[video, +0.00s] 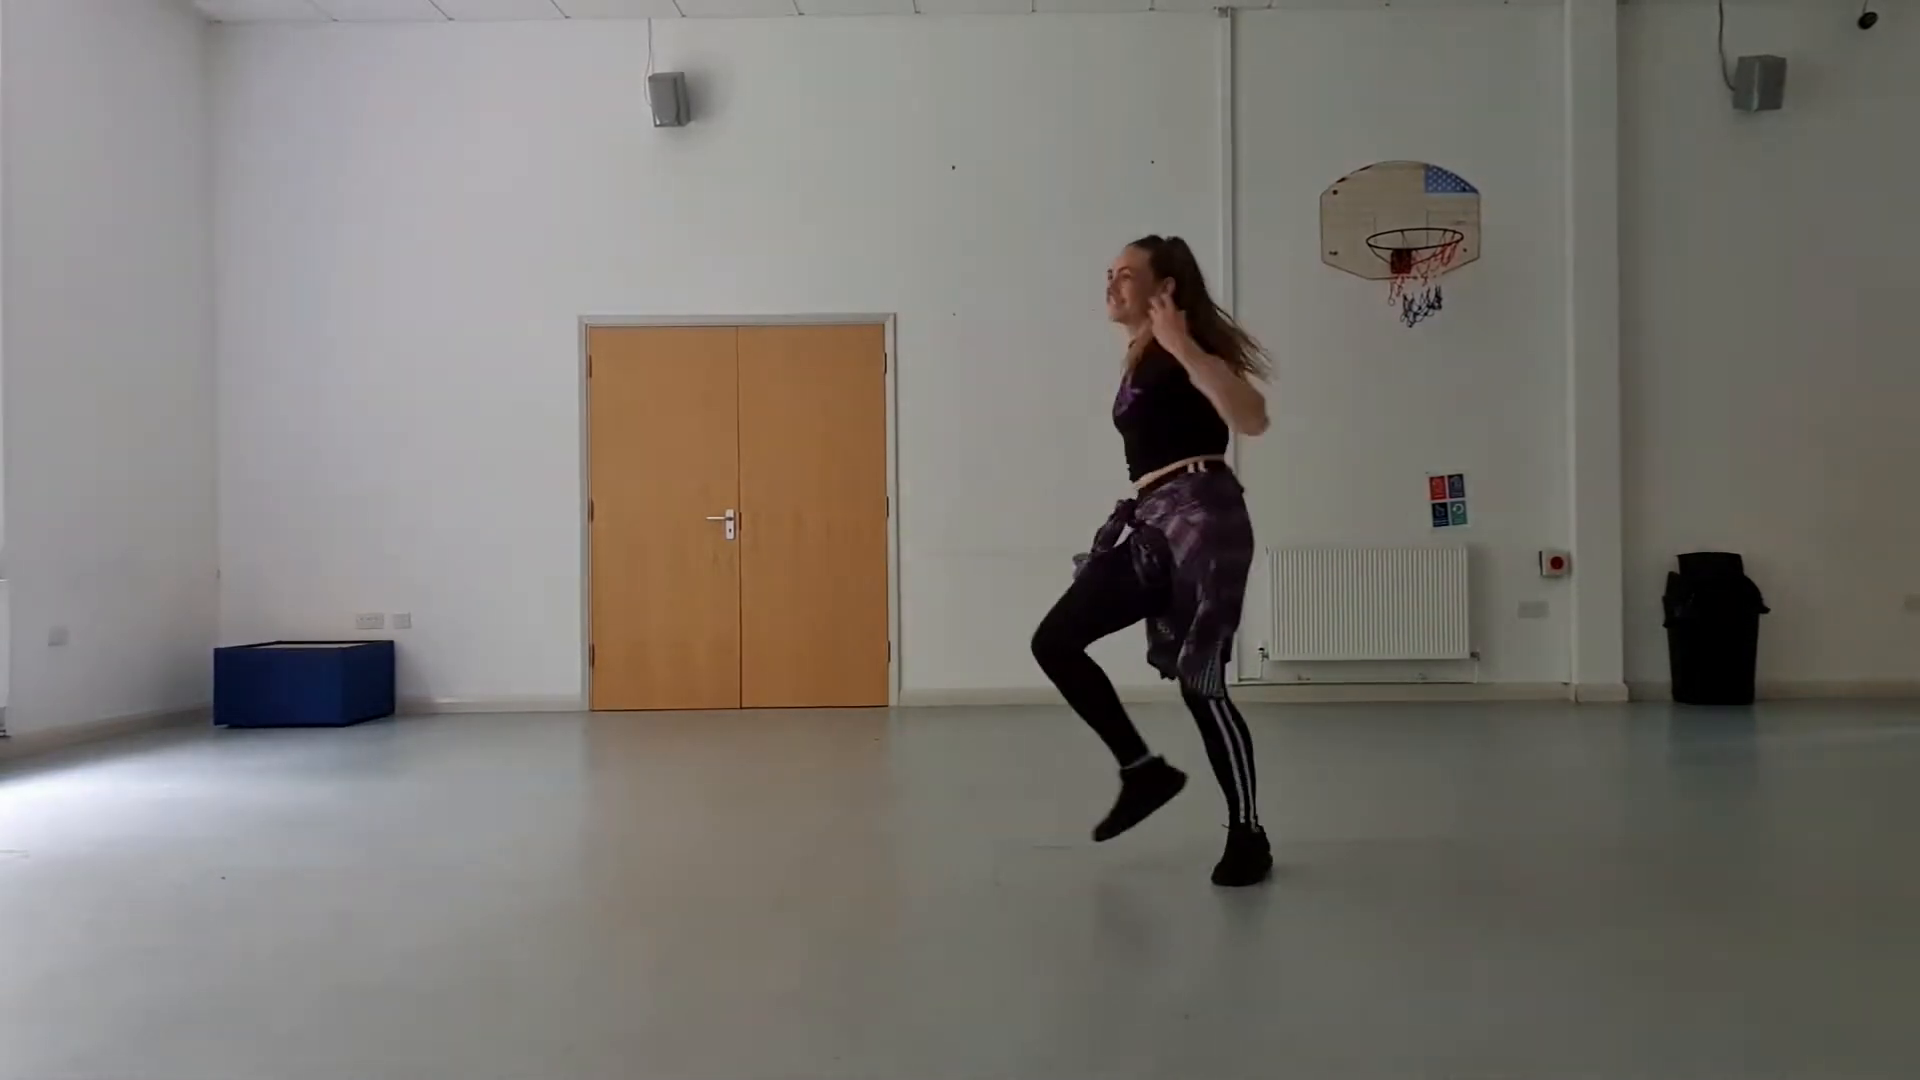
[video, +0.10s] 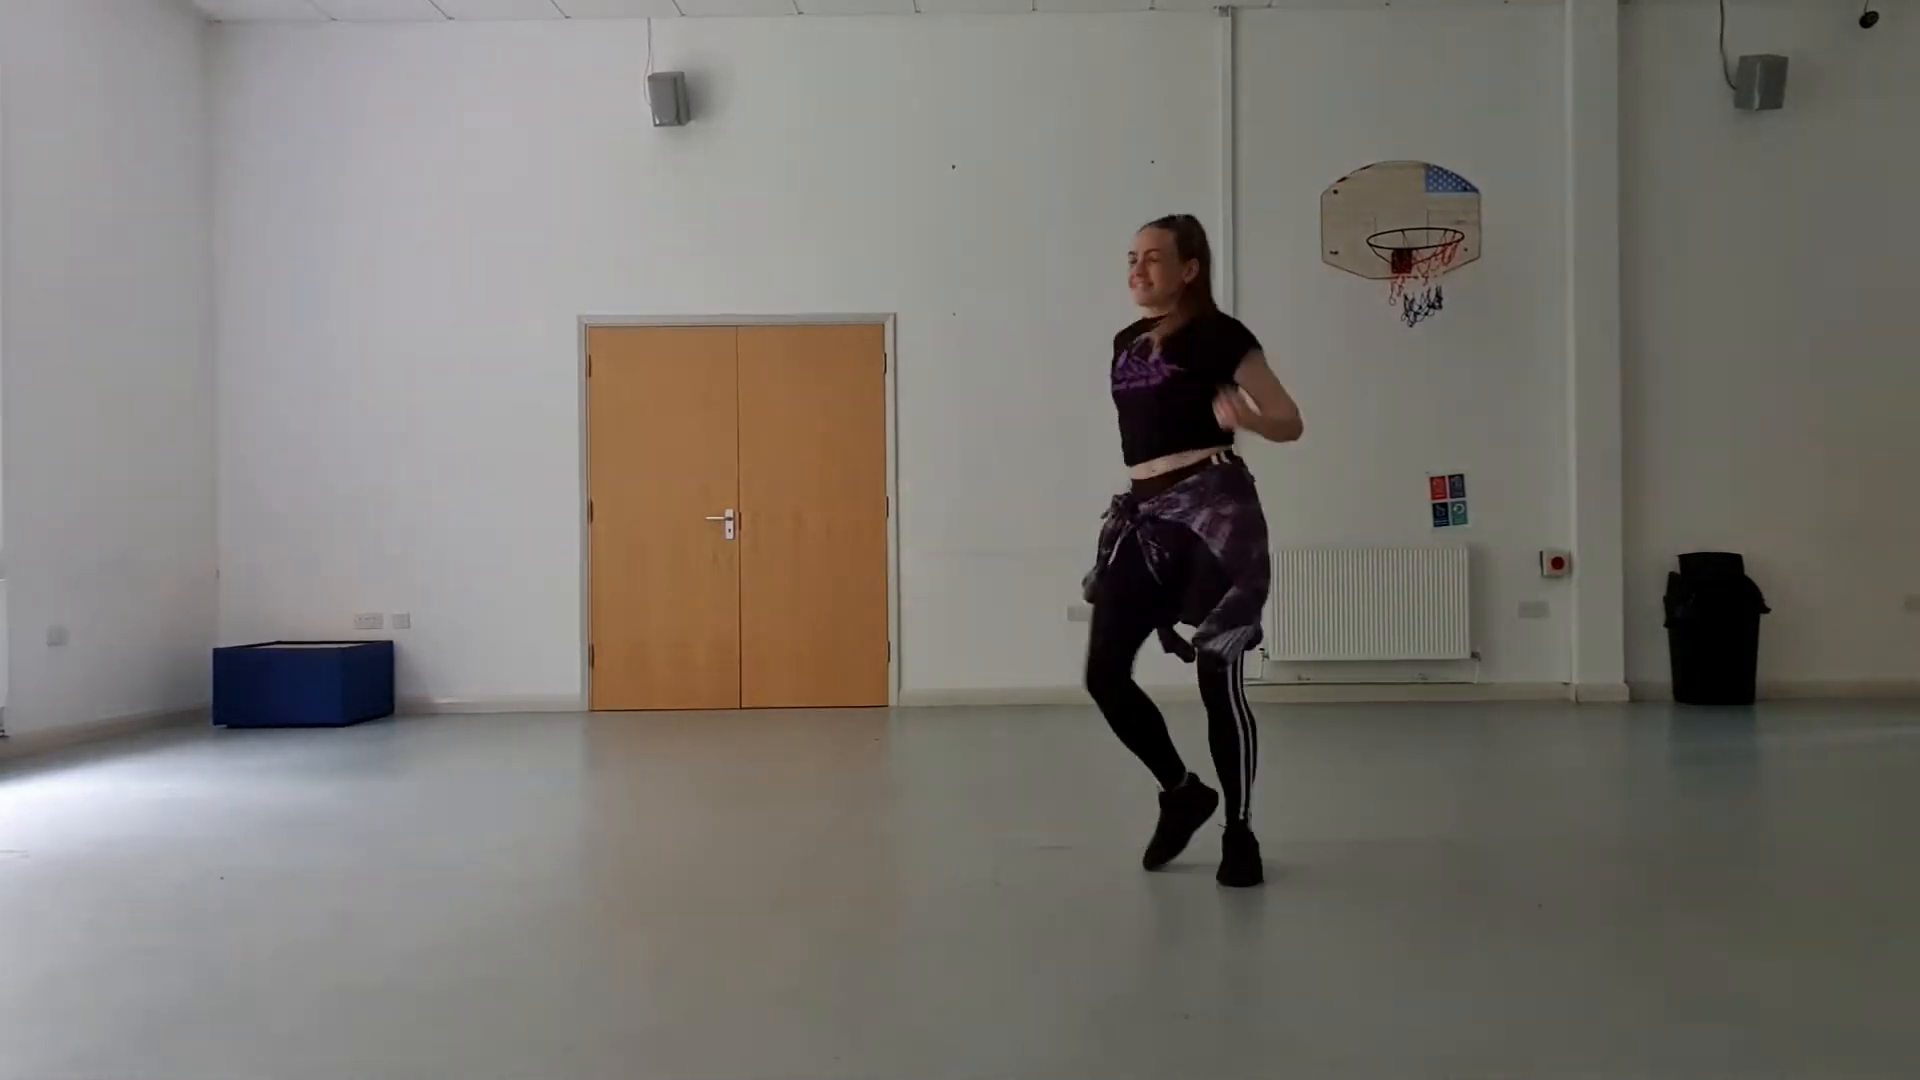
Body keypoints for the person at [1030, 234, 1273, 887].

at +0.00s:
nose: (1110, 288)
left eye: (1123, 278)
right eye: (1111, 278)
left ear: (1163, 288)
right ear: (1140, 293)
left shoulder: (1200, 344)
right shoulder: (1141, 355)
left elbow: (1252, 419)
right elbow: (1162, 447)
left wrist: (1179, 345)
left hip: (1204, 518)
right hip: (1149, 524)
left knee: (1202, 682)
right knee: (1054, 643)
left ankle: (1246, 833)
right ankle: (1141, 770)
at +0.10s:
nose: (1137, 272)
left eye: (1152, 260)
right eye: (1133, 261)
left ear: (1191, 269)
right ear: (1132, 271)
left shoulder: (1220, 335)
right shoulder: (1129, 343)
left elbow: (1289, 422)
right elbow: (1144, 435)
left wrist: (1248, 416)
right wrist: (1133, 512)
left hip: (1214, 513)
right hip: (1144, 518)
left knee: (1220, 676)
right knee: (1106, 675)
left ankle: (1239, 830)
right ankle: (1181, 789)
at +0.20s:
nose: (1183, 278)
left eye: (1198, 270)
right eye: (1173, 266)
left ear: (1218, 287)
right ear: (1152, 279)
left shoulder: (1240, 356)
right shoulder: (1121, 354)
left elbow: (1289, 443)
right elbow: (1085, 416)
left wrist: (1269, 496)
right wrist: (1106, 485)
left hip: (1227, 532)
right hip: (1152, 536)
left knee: (1228, 692)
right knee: (1155, 700)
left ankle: (1231, 828)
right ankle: (1191, 807)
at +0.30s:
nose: (1238, 285)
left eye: (1239, 275)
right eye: (1223, 274)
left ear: (1237, 291)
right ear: (1179, 288)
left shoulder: (1245, 365)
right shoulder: (1134, 354)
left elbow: (1255, 440)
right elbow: (1048, 405)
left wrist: (1267, 472)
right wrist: (1098, 477)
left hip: (1236, 534)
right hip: (1158, 538)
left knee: (1238, 693)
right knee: (1142, 699)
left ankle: (1233, 830)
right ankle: (1157, 785)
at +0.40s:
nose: (1251, 277)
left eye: (1247, 267)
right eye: (1238, 267)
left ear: (1215, 281)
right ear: (1198, 279)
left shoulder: (1235, 355)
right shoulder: (1156, 338)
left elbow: (1208, 441)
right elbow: (1062, 369)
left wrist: (1246, 473)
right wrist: (1111, 439)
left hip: (1225, 529)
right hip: (1152, 528)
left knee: (1232, 688)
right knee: (1127, 673)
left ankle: (1233, 832)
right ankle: (1098, 793)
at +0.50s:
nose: (1235, 257)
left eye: (1231, 247)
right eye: (1225, 248)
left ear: (1190, 258)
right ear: (1189, 257)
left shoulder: (1199, 328)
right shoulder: (1166, 304)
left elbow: (1175, 426)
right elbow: (1143, 322)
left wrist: (1224, 460)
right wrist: (1176, 401)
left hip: (1205, 518)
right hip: (1146, 514)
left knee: (1221, 681)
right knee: (1115, 662)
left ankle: (1232, 835)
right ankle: (1017, 815)